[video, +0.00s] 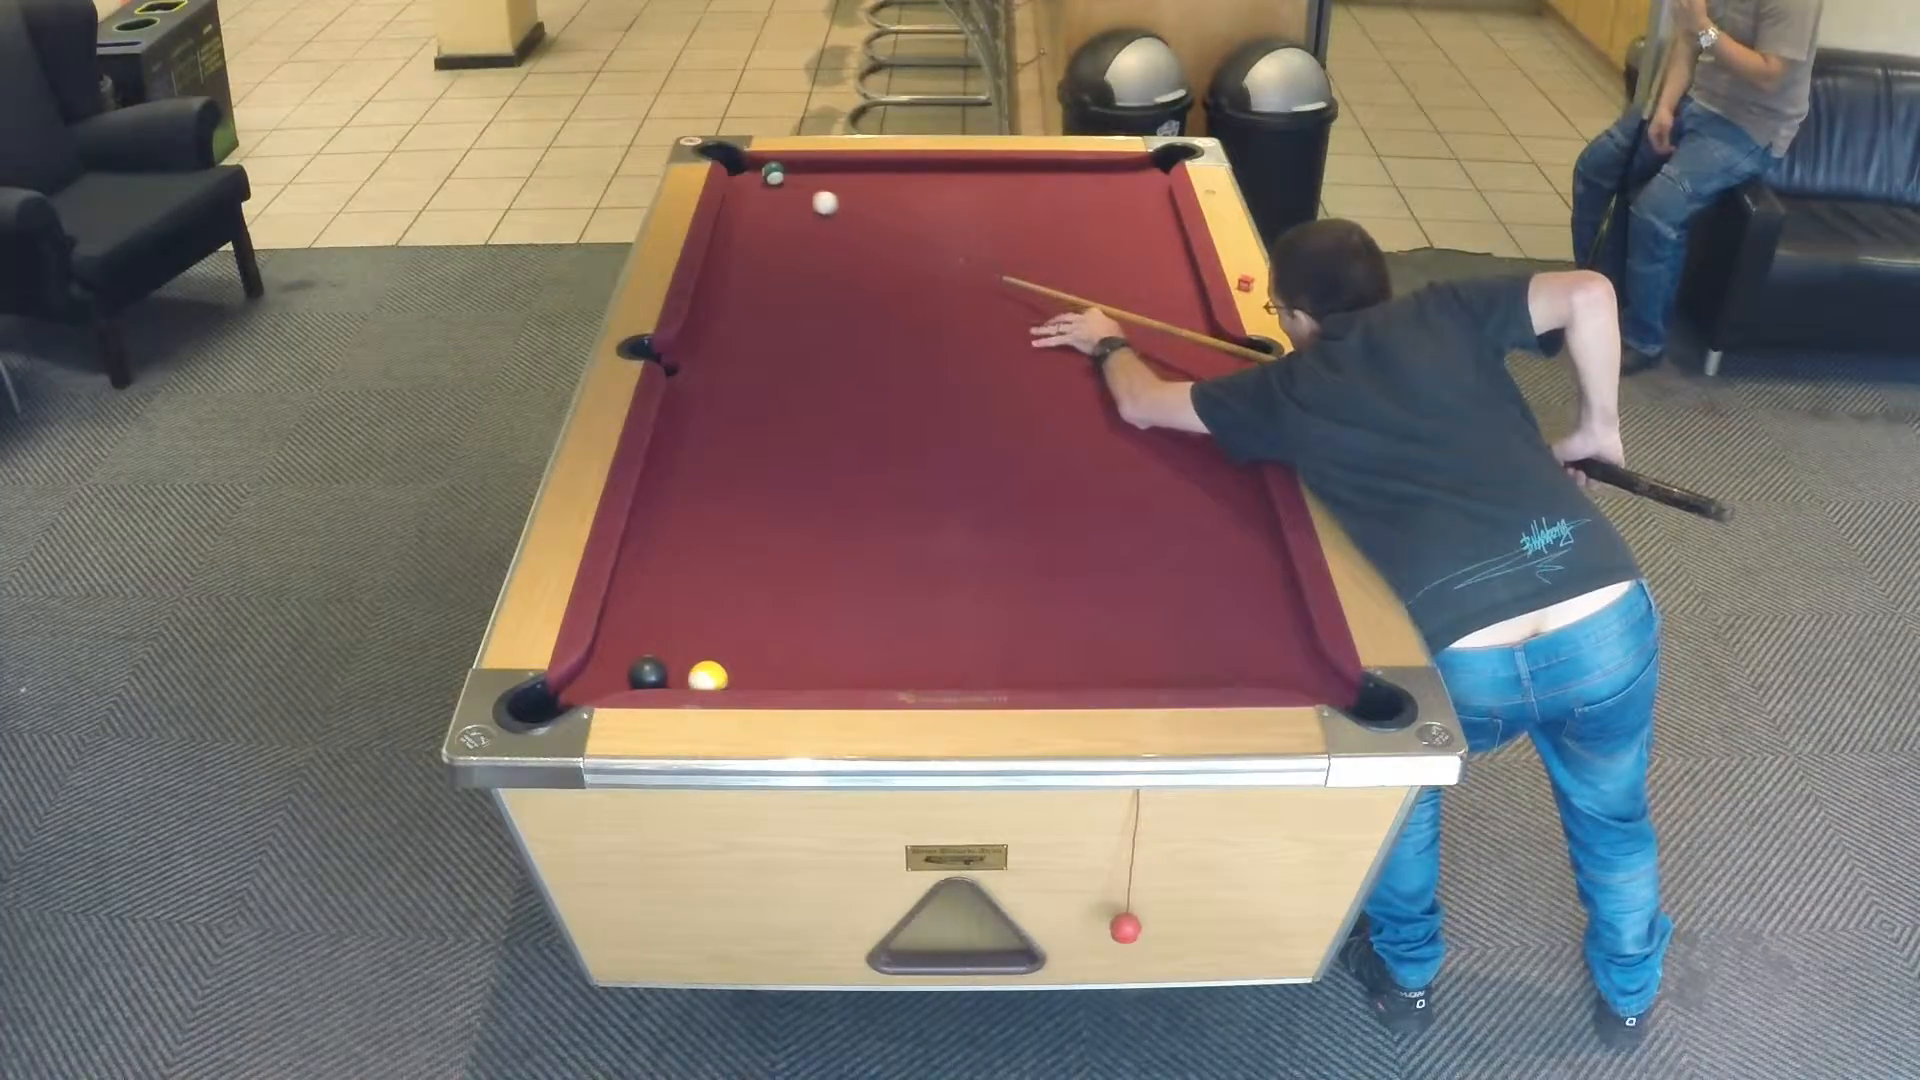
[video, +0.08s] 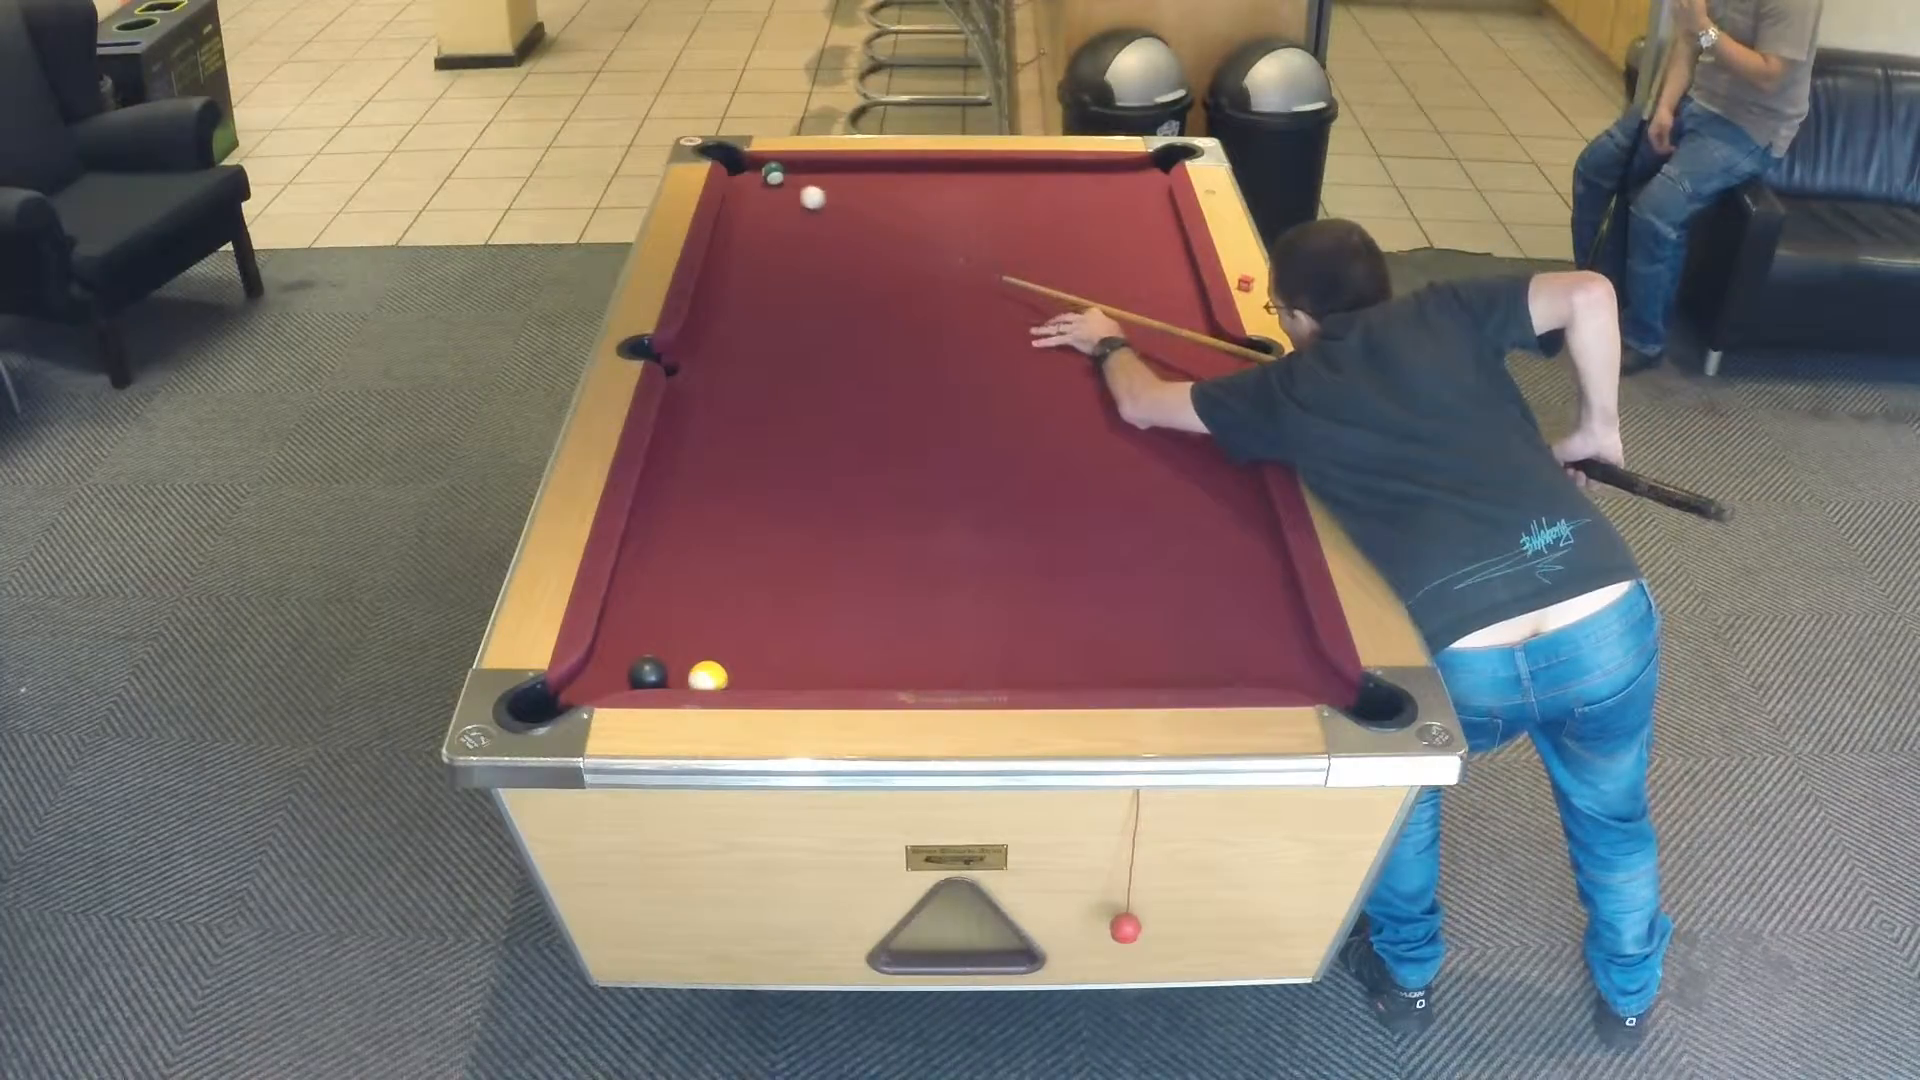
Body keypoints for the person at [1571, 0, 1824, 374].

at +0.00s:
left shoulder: (1792, 6)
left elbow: (1770, 76)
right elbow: (1686, 41)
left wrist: (1703, 29)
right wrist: (1665, 106)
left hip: (1746, 128)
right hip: (1689, 103)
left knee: (1653, 211)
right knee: (1595, 168)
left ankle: (1643, 342)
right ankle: (1591, 300)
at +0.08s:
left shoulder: (1792, 6)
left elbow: (1770, 76)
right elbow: (1686, 41)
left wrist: (1703, 28)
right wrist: (1665, 106)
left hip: (1746, 128)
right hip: (1689, 103)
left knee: (1653, 211)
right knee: (1595, 168)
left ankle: (1643, 342)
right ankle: (1591, 301)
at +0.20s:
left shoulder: (1792, 6)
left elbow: (1770, 76)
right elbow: (1686, 41)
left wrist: (1703, 28)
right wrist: (1665, 106)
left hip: (1746, 128)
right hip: (1689, 103)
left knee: (1653, 211)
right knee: (1595, 168)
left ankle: (1643, 342)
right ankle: (1592, 300)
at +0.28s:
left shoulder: (1792, 6)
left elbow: (1770, 76)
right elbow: (1686, 42)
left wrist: (1704, 29)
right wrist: (1665, 106)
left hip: (1746, 128)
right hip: (1689, 104)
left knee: (1653, 211)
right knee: (1595, 168)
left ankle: (1643, 342)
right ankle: (1592, 300)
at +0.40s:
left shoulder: (1792, 6)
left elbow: (1771, 76)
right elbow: (1686, 40)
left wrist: (1702, 28)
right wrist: (1665, 105)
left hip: (1747, 127)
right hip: (1688, 102)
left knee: (1654, 210)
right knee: (1595, 168)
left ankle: (1642, 341)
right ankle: (1593, 303)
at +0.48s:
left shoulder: (1792, 6)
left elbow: (1771, 76)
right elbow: (1686, 40)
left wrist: (1702, 28)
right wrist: (1665, 105)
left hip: (1747, 127)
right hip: (1688, 102)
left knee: (1654, 210)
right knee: (1595, 168)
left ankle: (1642, 341)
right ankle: (1593, 302)